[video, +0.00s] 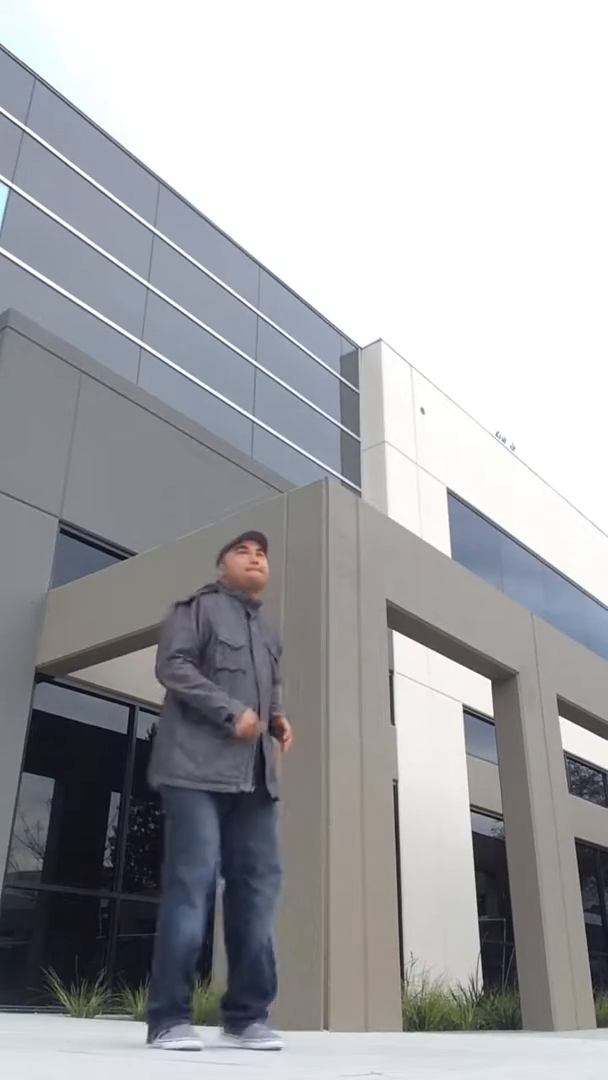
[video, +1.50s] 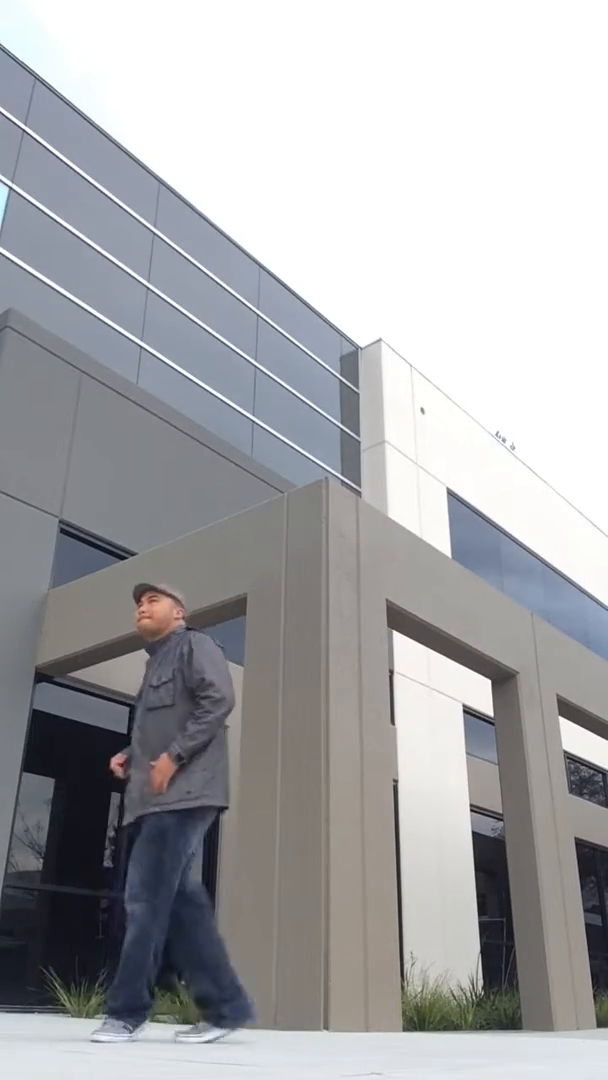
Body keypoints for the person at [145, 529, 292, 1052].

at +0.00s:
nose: (255, 559)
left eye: (262, 555)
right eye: (243, 552)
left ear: (268, 573)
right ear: (220, 566)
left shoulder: (269, 629)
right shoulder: (194, 610)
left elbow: (267, 693)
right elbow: (172, 667)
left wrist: (275, 717)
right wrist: (230, 711)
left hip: (251, 775)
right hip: (192, 768)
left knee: (258, 884)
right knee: (192, 880)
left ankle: (246, 1016)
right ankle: (170, 1019)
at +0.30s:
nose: (230, 582)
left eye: (236, 578)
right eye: (219, 574)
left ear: (239, 597)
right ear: (193, 588)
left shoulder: (232, 651)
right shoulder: (159, 627)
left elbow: (227, 717)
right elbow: (113, 686)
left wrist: (244, 722)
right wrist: (106, 748)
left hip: (205, 786)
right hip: (156, 778)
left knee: (171, 894)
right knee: (174, 889)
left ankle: (99, 1002)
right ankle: (168, 1022)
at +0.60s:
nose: (188, 598)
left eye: (197, 594)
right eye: (178, 592)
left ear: (205, 611)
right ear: (160, 605)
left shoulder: (212, 674)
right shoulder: (124, 644)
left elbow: (217, 737)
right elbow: (76, 702)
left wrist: (196, 737)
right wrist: (57, 758)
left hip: (166, 807)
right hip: (101, 791)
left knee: (134, 916)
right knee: (69, 896)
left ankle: (90, 1016)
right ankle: (11, 1003)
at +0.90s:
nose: (151, 591)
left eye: (161, 586)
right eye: (143, 586)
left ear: (176, 603)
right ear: (131, 602)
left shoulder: (193, 658)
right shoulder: (95, 644)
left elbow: (213, 720)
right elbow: (61, 691)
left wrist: (165, 705)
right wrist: (65, 726)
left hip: (142, 794)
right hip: (81, 785)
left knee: (117, 900)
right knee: (67, 895)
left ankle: (104, 1013)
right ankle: (57, 1011)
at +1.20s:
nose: (125, 606)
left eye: (137, 599)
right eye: (121, 601)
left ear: (161, 612)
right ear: (118, 616)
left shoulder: (180, 653)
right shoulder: (121, 669)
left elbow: (192, 714)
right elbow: (114, 733)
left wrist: (132, 741)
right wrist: (89, 772)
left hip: (150, 803)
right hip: (108, 802)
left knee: (125, 903)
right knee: (80, 898)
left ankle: (123, 1015)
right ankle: (84, 1006)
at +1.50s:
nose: (142, 609)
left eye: (152, 601)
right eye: (138, 604)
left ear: (179, 611)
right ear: (139, 619)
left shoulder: (195, 644)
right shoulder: (155, 665)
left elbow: (219, 701)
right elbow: (159, 729)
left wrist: (174, 754)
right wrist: (131, 754)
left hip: (184, 794)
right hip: (156, 797)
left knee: (146, 898)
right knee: (182, 901)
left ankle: (126, 1013)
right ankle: (229, 1009)